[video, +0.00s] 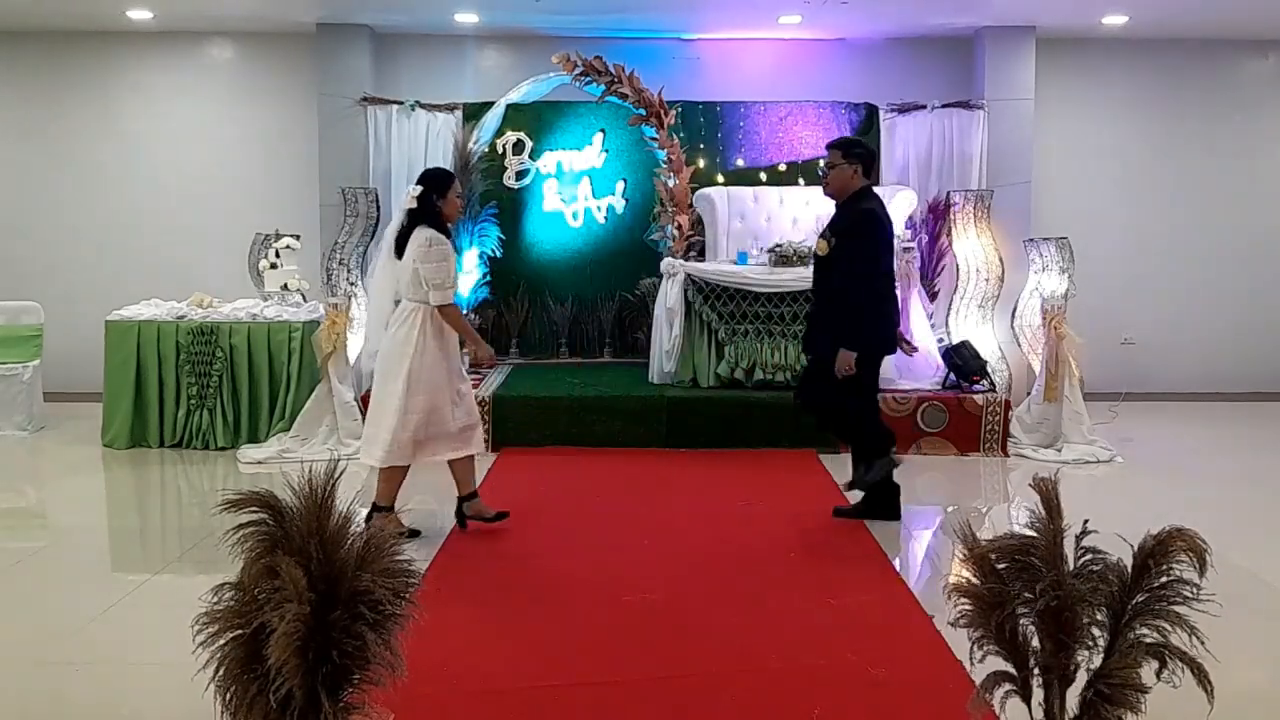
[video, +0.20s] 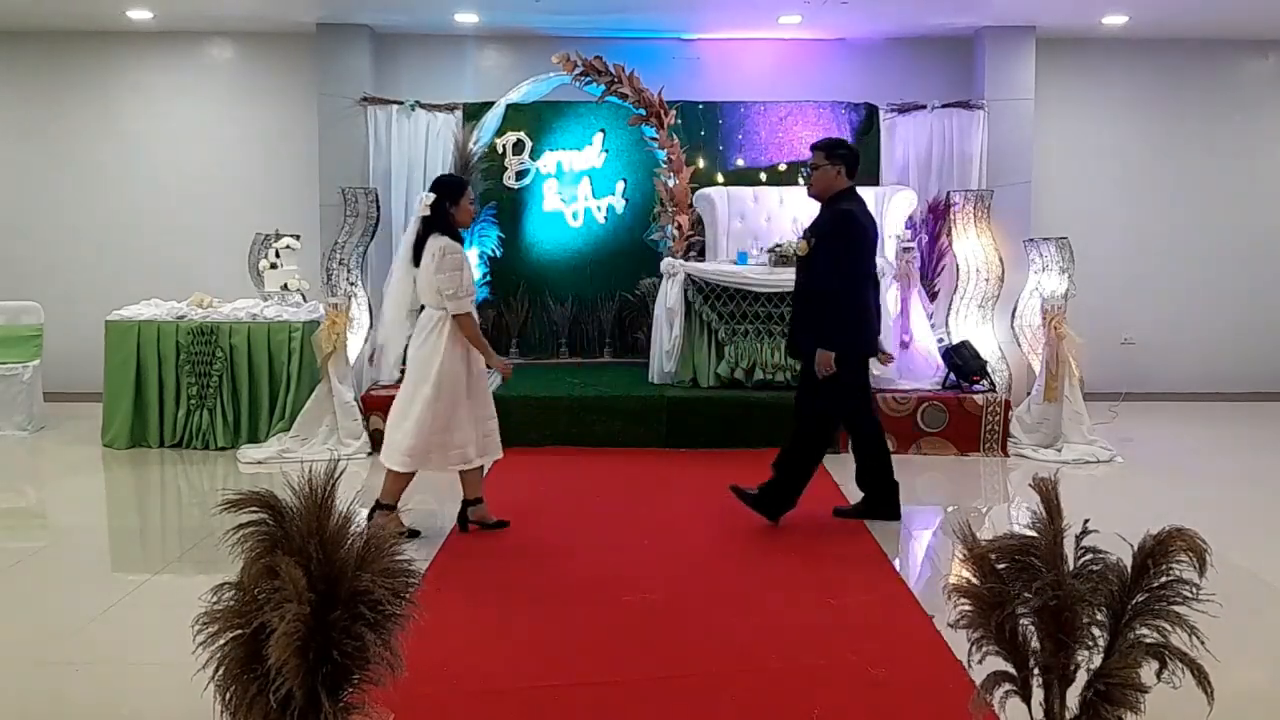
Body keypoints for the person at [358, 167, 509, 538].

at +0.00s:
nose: (461, 202)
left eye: (460, 195)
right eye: (456, 196)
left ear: (430, 200)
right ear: (437, 201)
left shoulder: (415, 238)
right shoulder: (435, 242)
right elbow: (443, 305)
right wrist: (477, 342)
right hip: (421, 343)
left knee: (459, 419)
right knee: (405, 426)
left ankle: (469, 502)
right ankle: (381, 513)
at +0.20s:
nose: (475, 208)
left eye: (473, 201)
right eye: (469, 202)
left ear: (446, 207)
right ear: (450, 207)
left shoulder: (431, 245)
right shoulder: (449, 250)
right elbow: (462, 314)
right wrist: (491, 355)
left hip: (441, 344)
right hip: (444, 348)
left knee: (468, 422)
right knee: (418, 427)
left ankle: (474, 506)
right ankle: (384, 511)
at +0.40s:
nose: (495, 201)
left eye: (494, 194)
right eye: (490, 195)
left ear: (465, 199)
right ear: (472, 199)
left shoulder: (457, 233)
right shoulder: (473, 237)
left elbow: (461, 298)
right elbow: (468, 298)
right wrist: (477, 352)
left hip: (461, 341)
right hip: (468, 343)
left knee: (466, 424)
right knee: (453, 425)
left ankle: (473, 505)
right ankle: (400, 493)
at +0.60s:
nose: (512, 200)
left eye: (511, 193)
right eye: (507, 194)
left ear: (484, 198)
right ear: (491, 198)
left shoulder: (477, 233)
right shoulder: (487, 235)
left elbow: (474, 296)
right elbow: (476, 295)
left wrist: (478, 350)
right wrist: (476, 350)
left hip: (484, 343)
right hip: (493, 343)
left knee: (480, 416)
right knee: (516, 416)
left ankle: (475, 504)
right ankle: (455, 464)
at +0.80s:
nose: (530, 200)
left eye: (528, 192)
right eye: (524, 193)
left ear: (504, 199)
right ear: (507, 199)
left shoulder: (499, 235)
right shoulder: (503, 237)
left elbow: (535, 273)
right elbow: (487, 290)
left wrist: (570, 297)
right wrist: (486, 347)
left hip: (489, 346)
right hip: (511, 344)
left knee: (477, 418)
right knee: (545, 411)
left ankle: (473, 504)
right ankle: (551, 497)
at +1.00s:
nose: (546, 204)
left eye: (544, 197)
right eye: (540, 198)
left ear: (529, 203)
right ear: (521, 204)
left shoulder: (541, 241)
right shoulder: (510, 245)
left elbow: (571, 254)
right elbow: (485, 297)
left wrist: (597, 272)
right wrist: (479, 351)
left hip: (535, 344)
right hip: (525, 345)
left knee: (503, 419)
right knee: (553, 417)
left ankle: (480, 497)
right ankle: (561, 499)